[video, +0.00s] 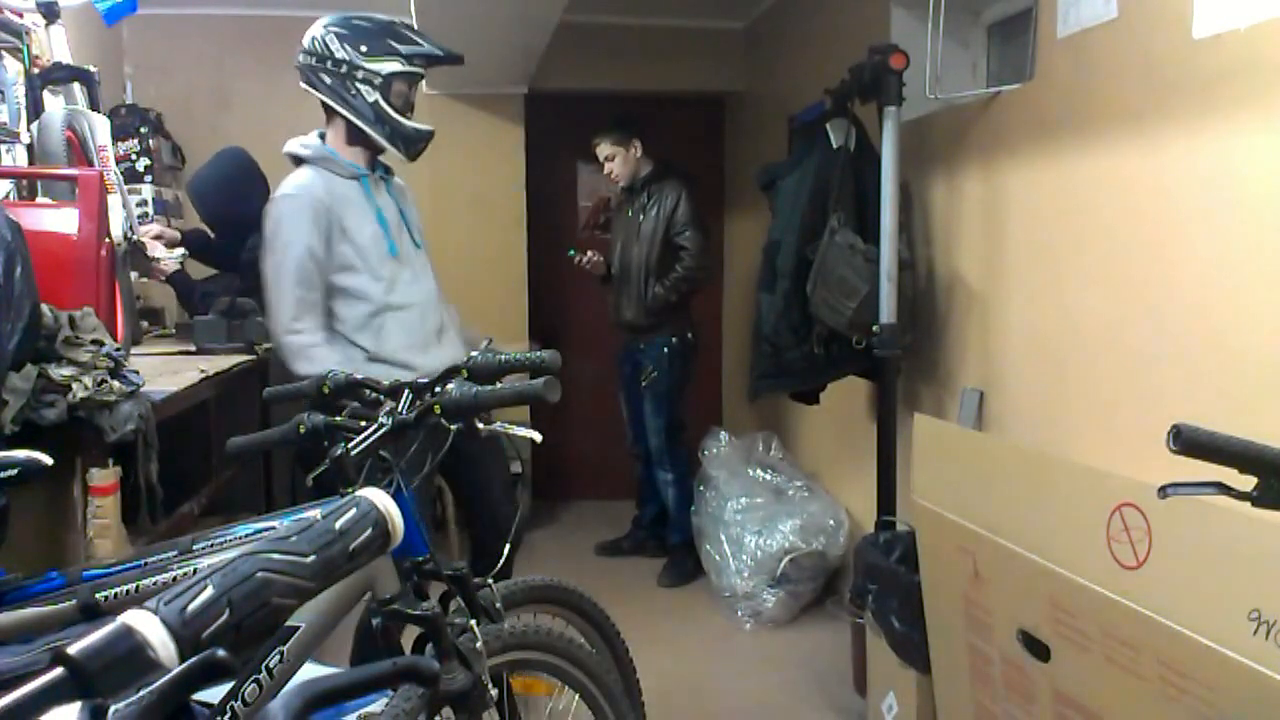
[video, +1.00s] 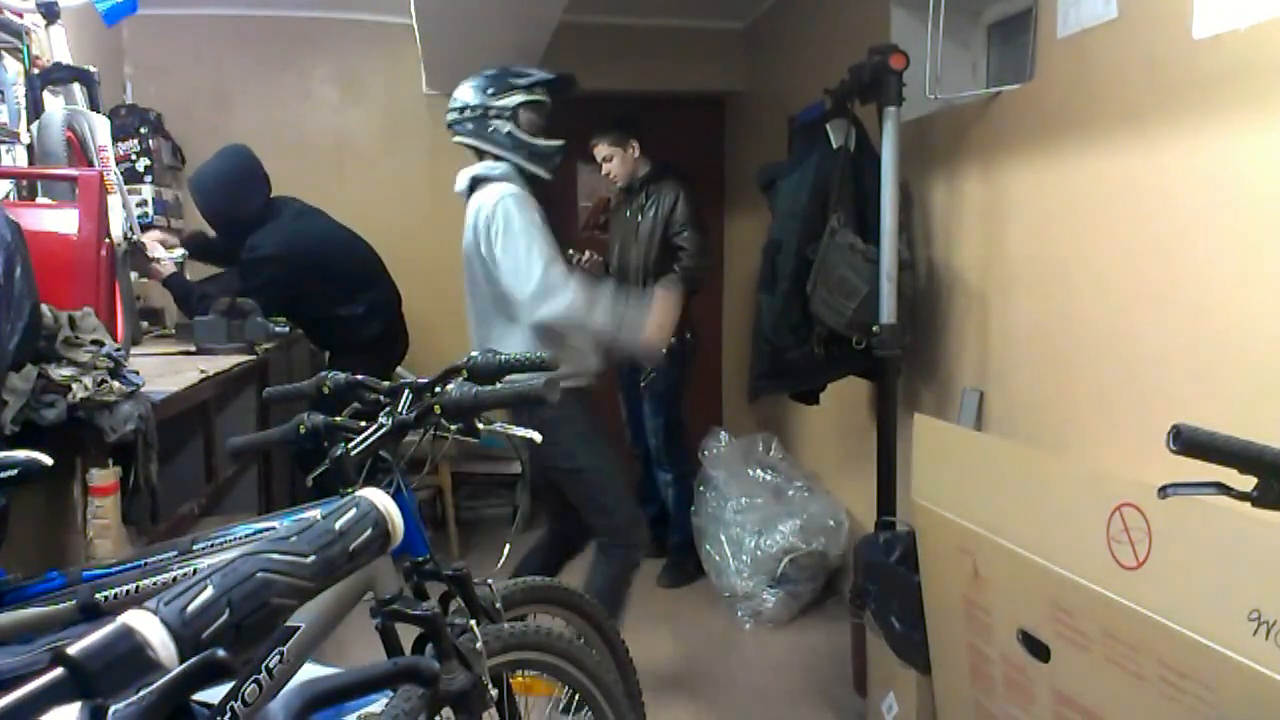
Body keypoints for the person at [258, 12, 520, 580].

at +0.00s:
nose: (413, 105)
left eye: (414, 92)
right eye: (403, 91)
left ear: (365, 91)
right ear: (355, 89)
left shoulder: (393, 189)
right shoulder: (302, 198)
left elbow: (422, 298)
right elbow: (298, 335)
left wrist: (475, 352)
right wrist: (380, 396)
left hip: (446, 394)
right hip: (376, 412)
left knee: (497, 522)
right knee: (394, 570)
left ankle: (474, 649)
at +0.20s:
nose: (434, 114)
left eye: (433, 99)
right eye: (423, 99)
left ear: (387, 108)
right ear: (383, 105)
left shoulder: (420, 206)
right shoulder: (345, 211)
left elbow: (479, 295)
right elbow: (357, 342)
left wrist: (551, 325)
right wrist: (452, 367)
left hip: (450, 402)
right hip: (389, 413)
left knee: (512, 524)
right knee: (427, 573)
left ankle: (472, 643)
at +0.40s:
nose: (465, 110)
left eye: (461, 96)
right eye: (451, 97)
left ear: (416, 108)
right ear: (412, 106)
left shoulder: (440, 197)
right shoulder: (388, 203)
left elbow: (478, 308)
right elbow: (393, 333)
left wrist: (542, 347)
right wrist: (486, 370)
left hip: (493, 398)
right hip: (442, 410)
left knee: (538, 521)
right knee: (456, 549)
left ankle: (490, 622)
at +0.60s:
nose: (498, 130)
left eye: (494, 116)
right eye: (484, 116)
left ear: (453, 125)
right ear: (446, 123)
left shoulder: (468, 208)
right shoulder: (433, 212)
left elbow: (533, 281)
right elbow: (472, 312)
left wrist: (603, 304)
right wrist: (571, 321)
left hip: (512, 401)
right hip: (471, 411)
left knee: (558, 524)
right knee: (486, 559)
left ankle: (493, 612)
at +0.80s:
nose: (519, 116)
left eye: (517, 104)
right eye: (505, 104)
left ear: (469, 118)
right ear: (468, 113)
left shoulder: (482, 193)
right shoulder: (469, 199)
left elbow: (496, 303)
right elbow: (480, 311)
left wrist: (576, 344)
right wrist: (570, 352)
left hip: (542, 388)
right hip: (525, 393)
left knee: (557, 518)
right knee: (558, 525)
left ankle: (498, 617)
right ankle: (491, 620)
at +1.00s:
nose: (544, 129)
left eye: (541, 117)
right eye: (530, 117)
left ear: (496, 128)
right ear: (494, 125)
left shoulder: (497, 196)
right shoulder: (505, 201)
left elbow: (528, 294)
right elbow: (546, 296)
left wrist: (574, 276)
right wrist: (640, 317)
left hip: (532, 393)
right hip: (543, 396)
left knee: (568, 525)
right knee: (623, 530)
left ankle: (492, 621)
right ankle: (583, 659)